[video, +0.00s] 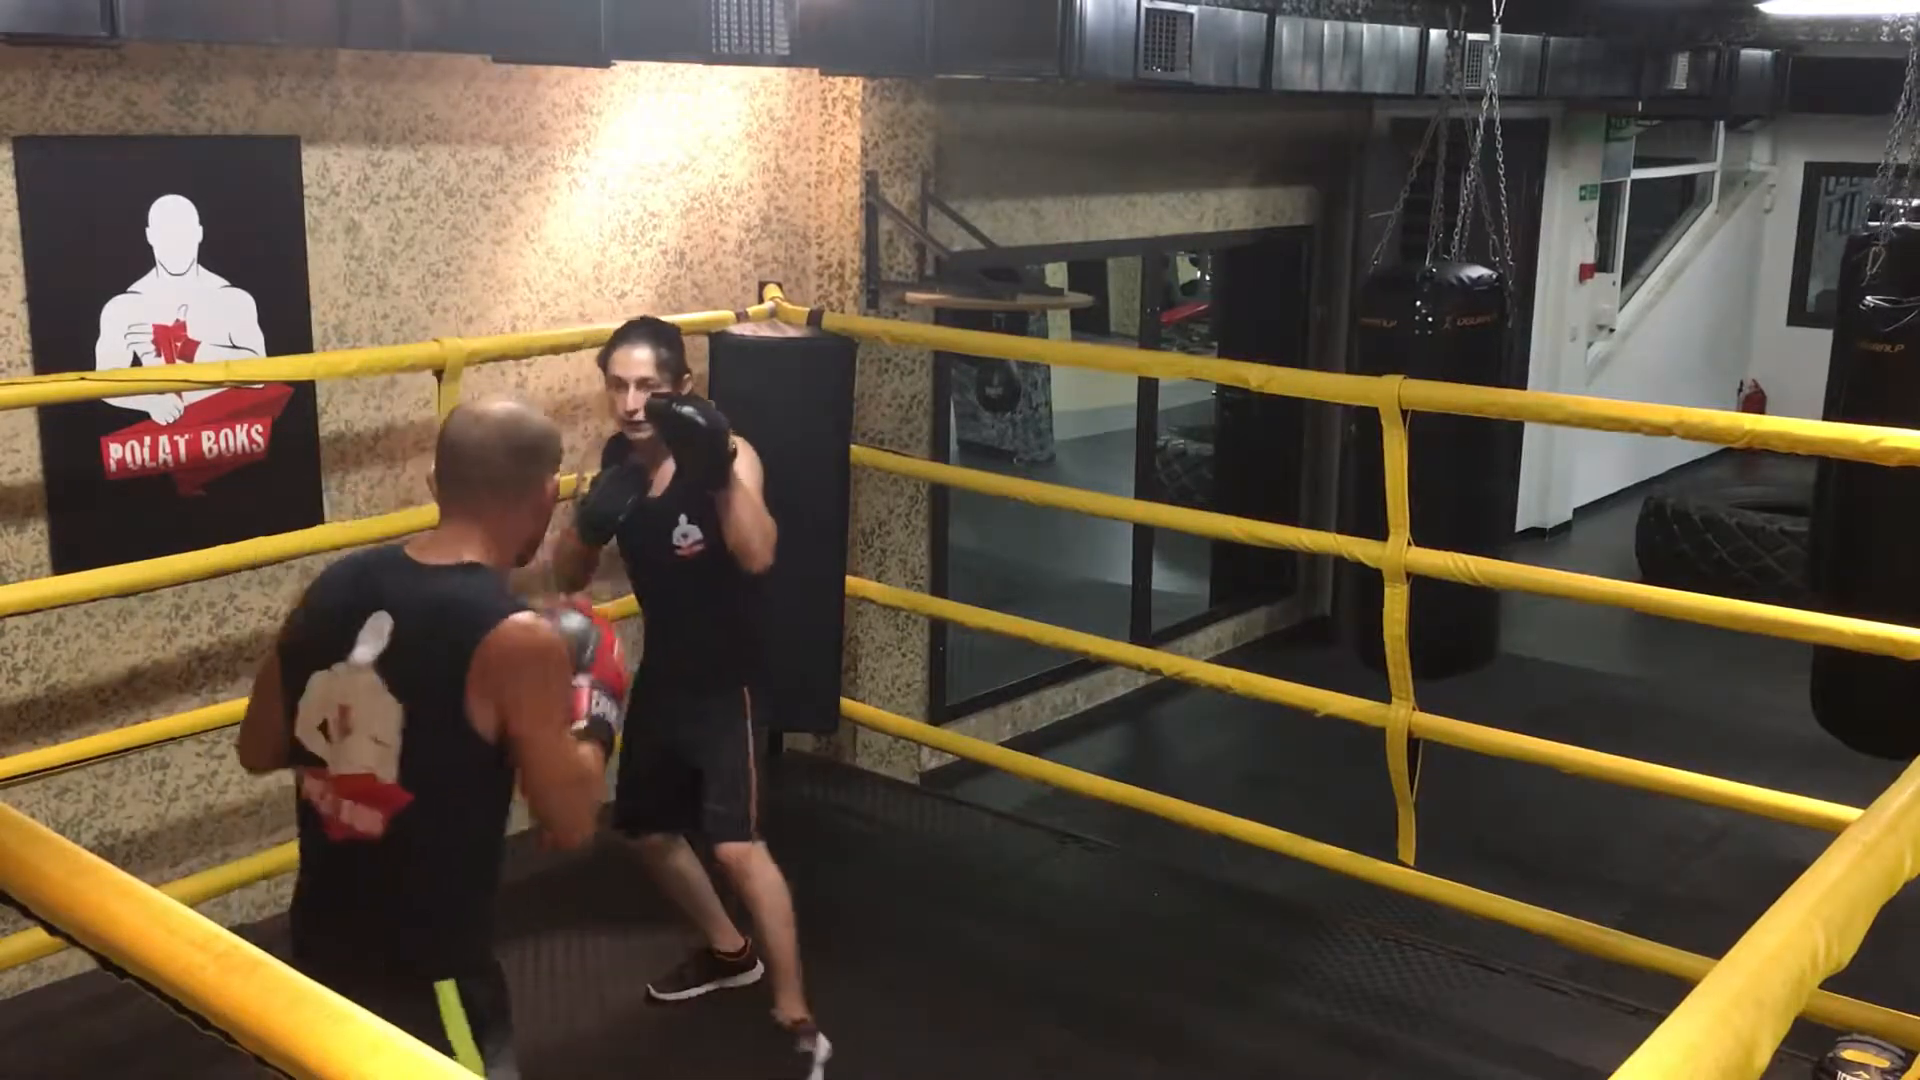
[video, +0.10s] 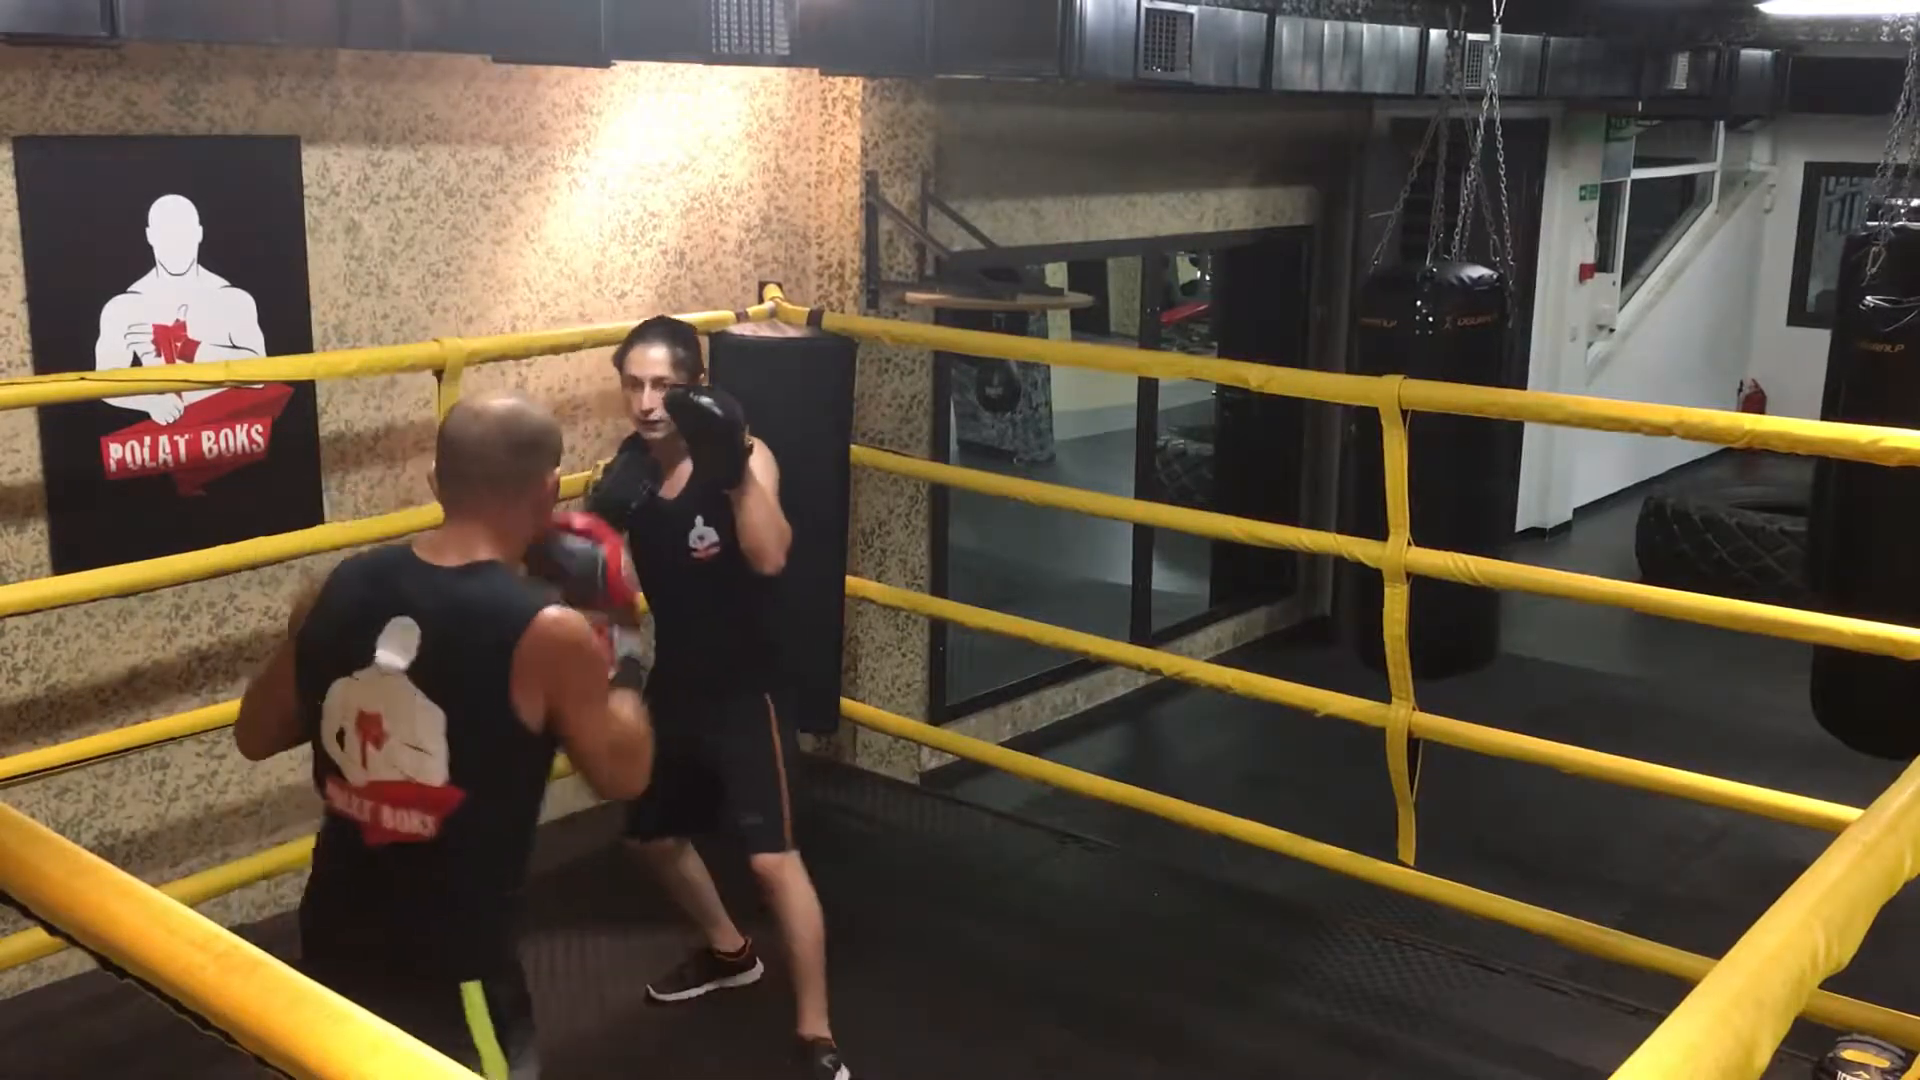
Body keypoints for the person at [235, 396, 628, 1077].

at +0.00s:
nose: (554, 506)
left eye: (552, 491)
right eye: (555, 493)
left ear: (438, 481)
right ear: (545, 500)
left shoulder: (338, 585)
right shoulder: (518, 642)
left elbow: (259, 748)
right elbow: (568, 819)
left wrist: (378, 712)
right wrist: (601, 713)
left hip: (323, 948)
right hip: (434, 968)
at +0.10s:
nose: (558, 498)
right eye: (558, 484)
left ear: (437, 478)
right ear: (547, 493)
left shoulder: (354, 586)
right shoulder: (551, 634)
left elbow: (256, 735)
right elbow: (624, 774)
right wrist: (617, 640)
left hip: (337, 938)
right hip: (456, 959)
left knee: (341, 1065)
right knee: (492, 1065)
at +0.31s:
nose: (597, 510)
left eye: (595, 495)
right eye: (596, 497)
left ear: (482, 491)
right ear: (580, 509)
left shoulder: (392, 596)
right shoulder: (554, 654)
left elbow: (289, 692)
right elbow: (648, 778)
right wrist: (647, 636)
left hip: (363, 927)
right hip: (460, 957)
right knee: (498, 1066)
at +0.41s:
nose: (620, 512)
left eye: (622, 497)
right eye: (621, 495)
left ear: (518, 483)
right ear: (605, 503)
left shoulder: (453, 535)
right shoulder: (502, 624)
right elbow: (589, 784)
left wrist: (592, 562)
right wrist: (638, 656)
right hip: (426, 930)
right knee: (501, 1070)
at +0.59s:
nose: (631, 518)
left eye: (631, 504)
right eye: (633, 506)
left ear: (531, 483)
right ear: (614, 515)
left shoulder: (470, 545)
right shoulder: (494, 629)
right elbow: (578, 786)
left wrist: (578, 601)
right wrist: (635, 657)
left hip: (463, 840)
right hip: (402, 890)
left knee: (543, 969)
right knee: (474, 1072)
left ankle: (498, 1074)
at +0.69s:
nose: (636, 556)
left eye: (640, 543)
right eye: (640, 545)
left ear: (552, 510)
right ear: (616, 552)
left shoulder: (503, 529)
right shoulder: (474, 645)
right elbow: (533, 802)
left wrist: (641, 544)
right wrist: (613, 692)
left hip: (474, 819)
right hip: (404, 867)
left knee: (534, 967)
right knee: (458, 1068)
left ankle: (515, 1068)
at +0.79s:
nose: (642, 563)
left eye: (647, 552)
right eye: (646, 554)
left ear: (570, 513)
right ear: (627, 566)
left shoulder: (518, 529)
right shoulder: (478, 653)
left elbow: (587, 490)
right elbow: (474, 830)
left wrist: (667, 502)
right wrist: (585, 739)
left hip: (476, 816)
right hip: (418, 857)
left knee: (531, 957)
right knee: (491, 1063)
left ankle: (522, 1060)